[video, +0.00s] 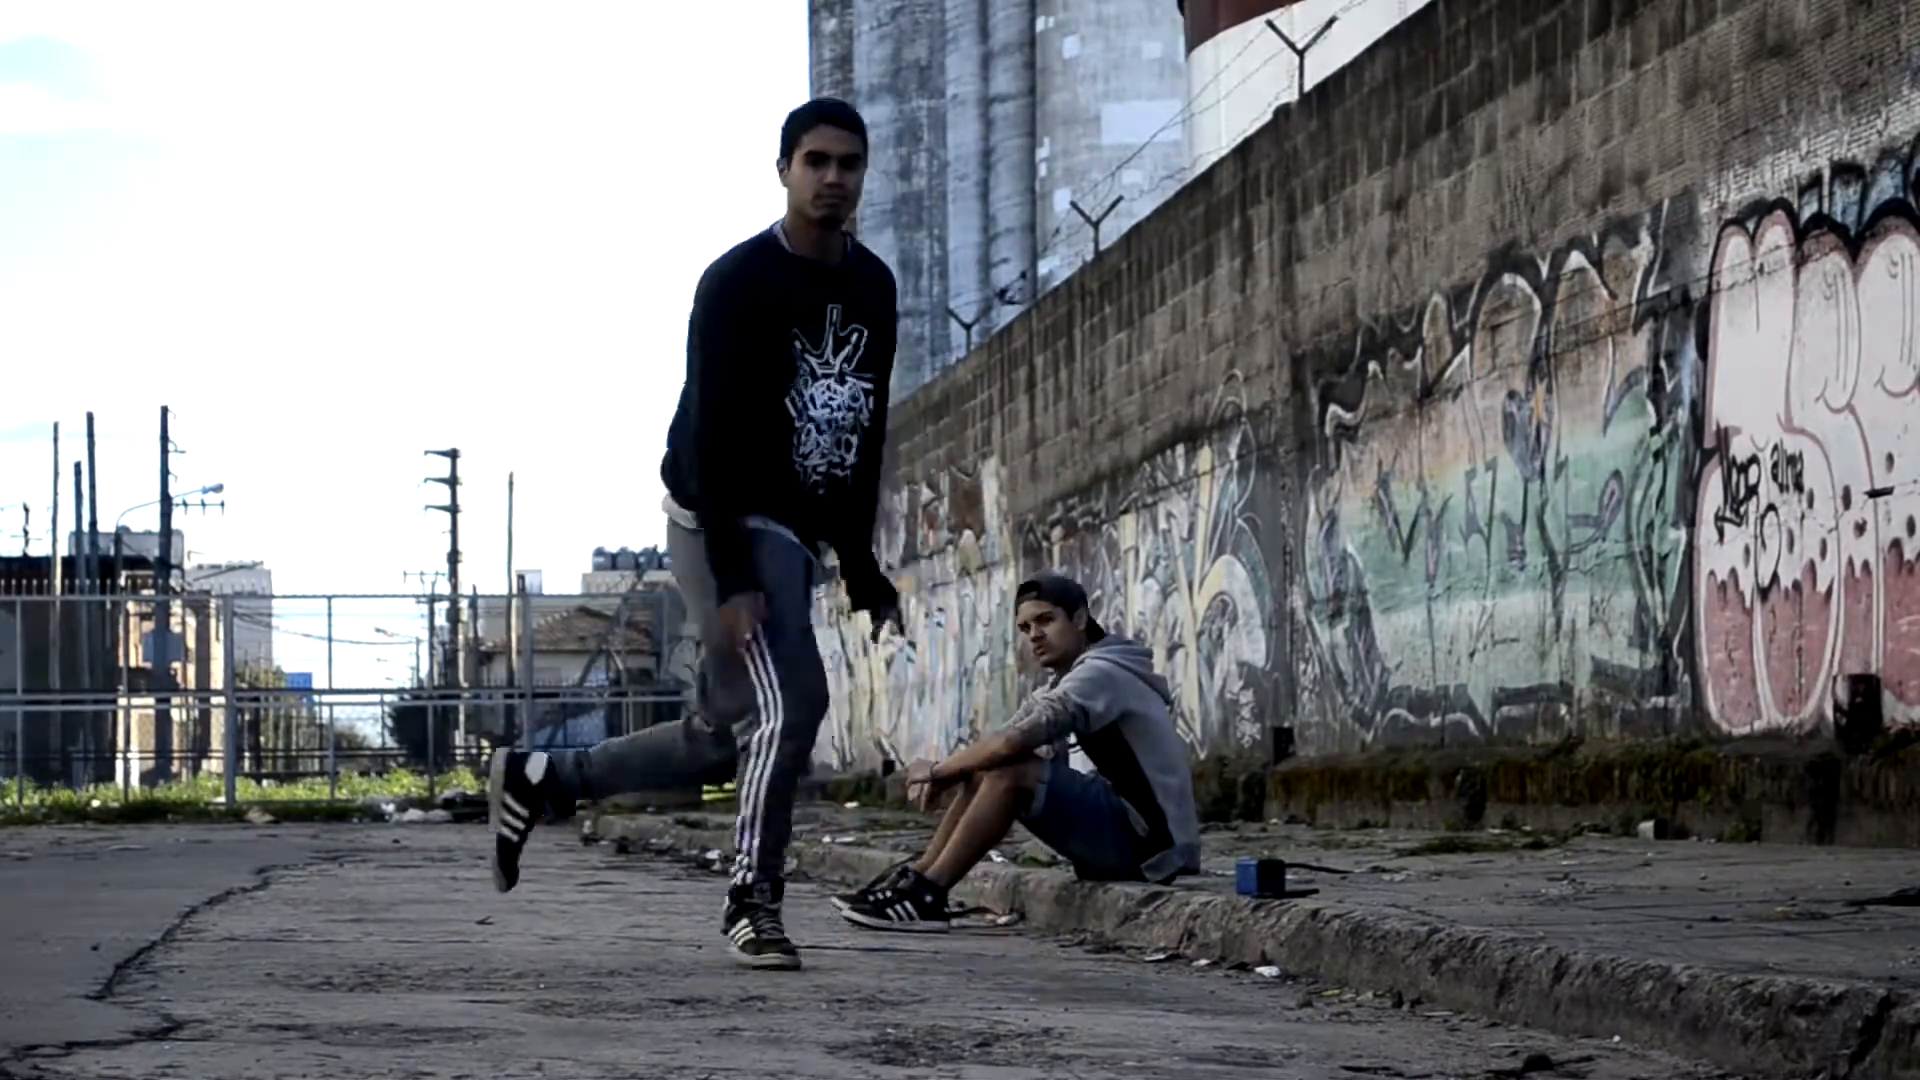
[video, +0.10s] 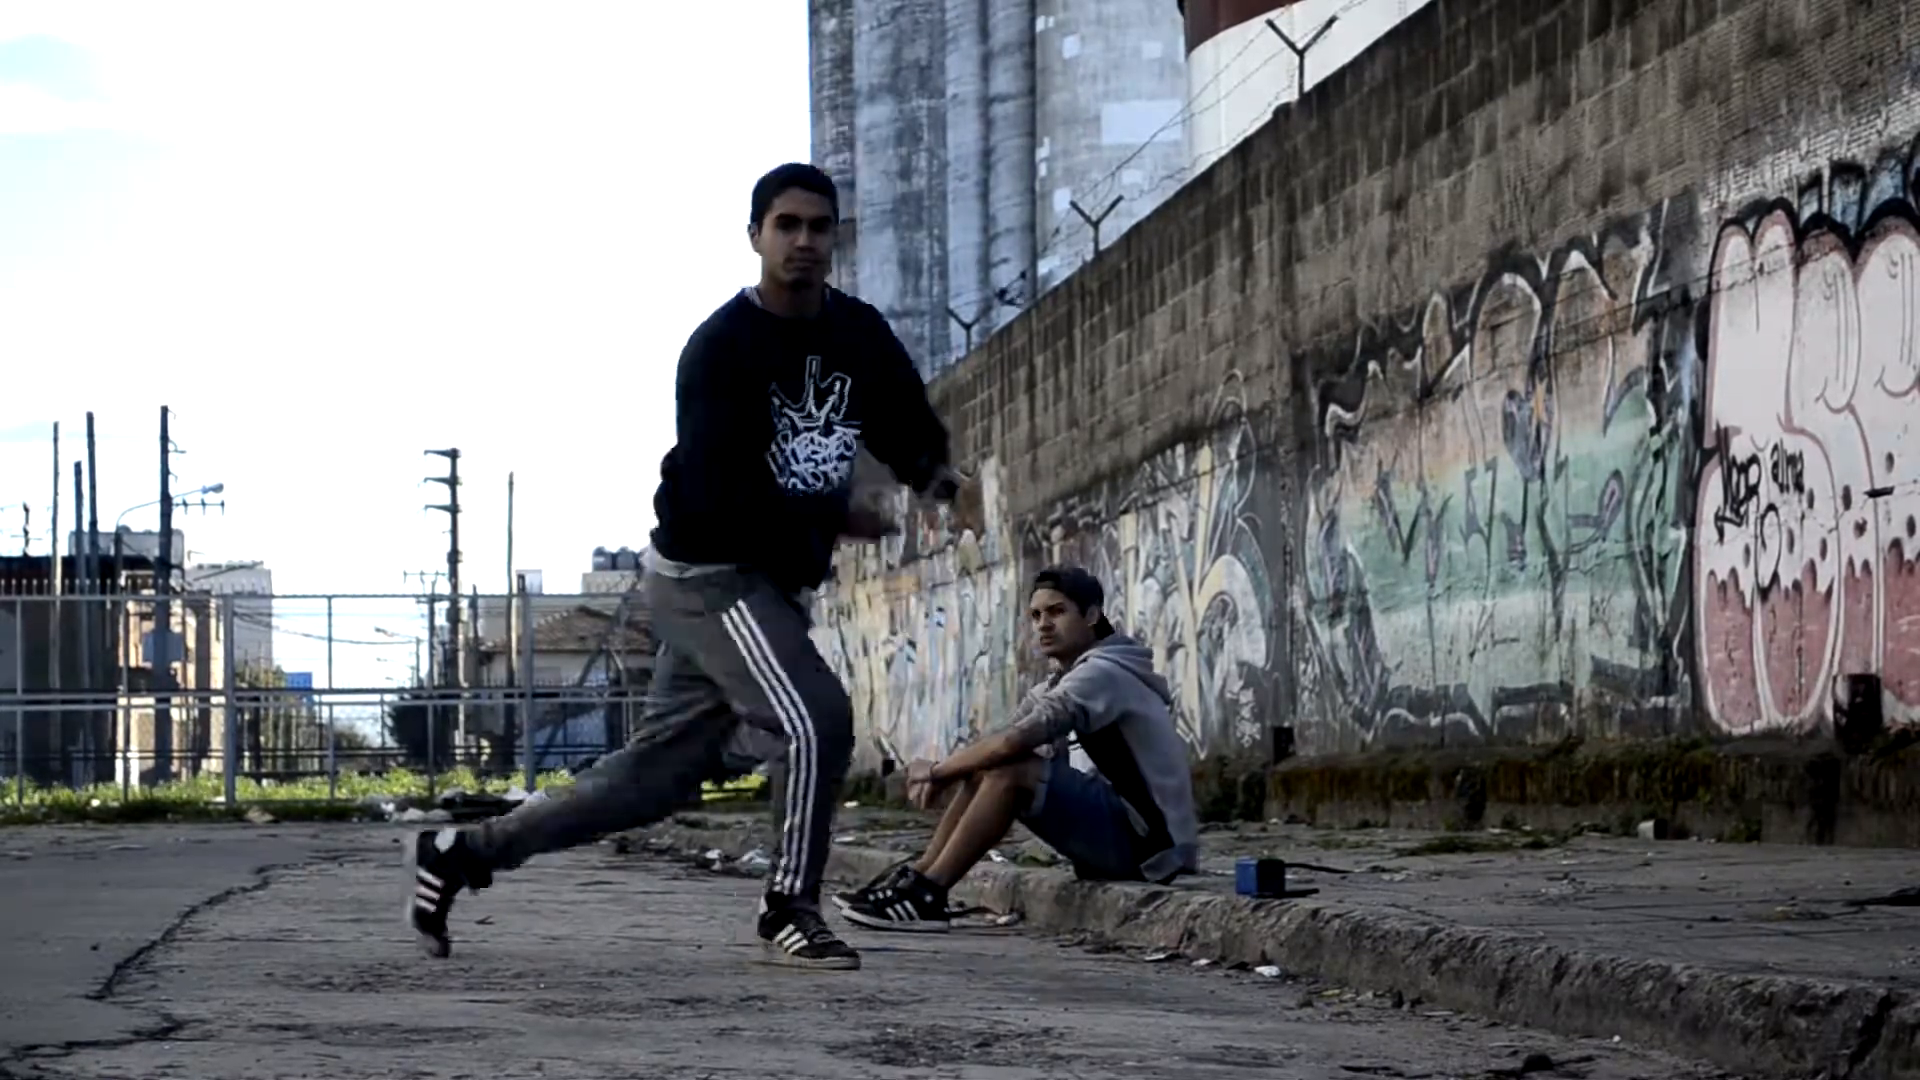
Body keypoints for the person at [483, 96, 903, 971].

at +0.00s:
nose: (836, 179)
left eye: (851, 164)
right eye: (818, 161)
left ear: (865, 176)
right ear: (785, 171)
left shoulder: (872, 286)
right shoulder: (738, 281)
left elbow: (863, 434)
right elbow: (710, 435)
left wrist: (858, 559)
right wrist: (730, 582)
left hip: (793, 526)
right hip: (727, 516)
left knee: (719, 739)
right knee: (794, 703)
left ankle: (539, 779)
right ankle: (754, 902)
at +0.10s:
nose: (805, 241)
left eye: (820, 226)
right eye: (788, 224)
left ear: (836, 237)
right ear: (757, 234)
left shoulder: (858, 331)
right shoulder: (723, 345)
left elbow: (904, 419)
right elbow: (723, 494)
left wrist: (932, 476)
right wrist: (839, 519)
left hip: (760, 577)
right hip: (705, 574)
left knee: (660, 775)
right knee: (817, 718)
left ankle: (461, 854)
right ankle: (791, 910)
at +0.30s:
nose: (839, 319)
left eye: (840, 305)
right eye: (824, 305)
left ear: (785, 318)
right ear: (767, 317)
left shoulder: (806, 408)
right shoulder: (724, 401)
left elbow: (796, 539)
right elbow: (762, 489)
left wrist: (834, 637)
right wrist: (851, 503)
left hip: (663, 623)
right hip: (663, 617)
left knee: (600, 825)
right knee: (813, 723)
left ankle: (397, 873)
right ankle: (790, 915)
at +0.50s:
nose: (695, 220)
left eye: (699, 207)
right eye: (700, 206)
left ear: (716, 213)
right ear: (780, 229)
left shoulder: (632, 290)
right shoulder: (808, 334)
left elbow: (529, 387)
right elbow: (790, 457)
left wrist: (568, 484)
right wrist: (716, 504)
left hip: (597, 550)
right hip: (711, 566)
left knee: (544, 713)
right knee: (811, 713)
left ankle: (452, 852)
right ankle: (787, 906)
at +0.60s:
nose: (632, 212)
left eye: (641, 195)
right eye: (633, 196)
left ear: (686, 197)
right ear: (714, 203)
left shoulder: (632, 264)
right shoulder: (784, 312)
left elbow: (540, 304)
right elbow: (804, 449)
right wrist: (723, 459)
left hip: (606, 537)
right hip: (720, 553)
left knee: (495, 673)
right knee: (760, 727)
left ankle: (477, 852)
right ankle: (801, 893)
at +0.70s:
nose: (594, 239)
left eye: (604, 222)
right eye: (592, 223)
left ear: (658, 220)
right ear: (667, 226)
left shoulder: (620, 310)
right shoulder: (730, 321)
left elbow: (540, 356)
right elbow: (790, 432)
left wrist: (500, 318)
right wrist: (706, 453)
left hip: (629, 575)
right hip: (717, 582)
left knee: (477, 694)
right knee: (698, 762)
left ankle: (493, 898)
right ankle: (847, 884)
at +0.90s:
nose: (579, 182)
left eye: (588, 163)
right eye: (573, 167)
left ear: (641, 152)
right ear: (631, 162)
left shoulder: (666, 234)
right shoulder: (679, 233)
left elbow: (673, 327)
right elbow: (663, 361)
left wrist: (591, 306)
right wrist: (579, 350)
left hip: (685, 496)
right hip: (749, 484)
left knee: (621, 686)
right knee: (773, 689)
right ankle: (889, 812)